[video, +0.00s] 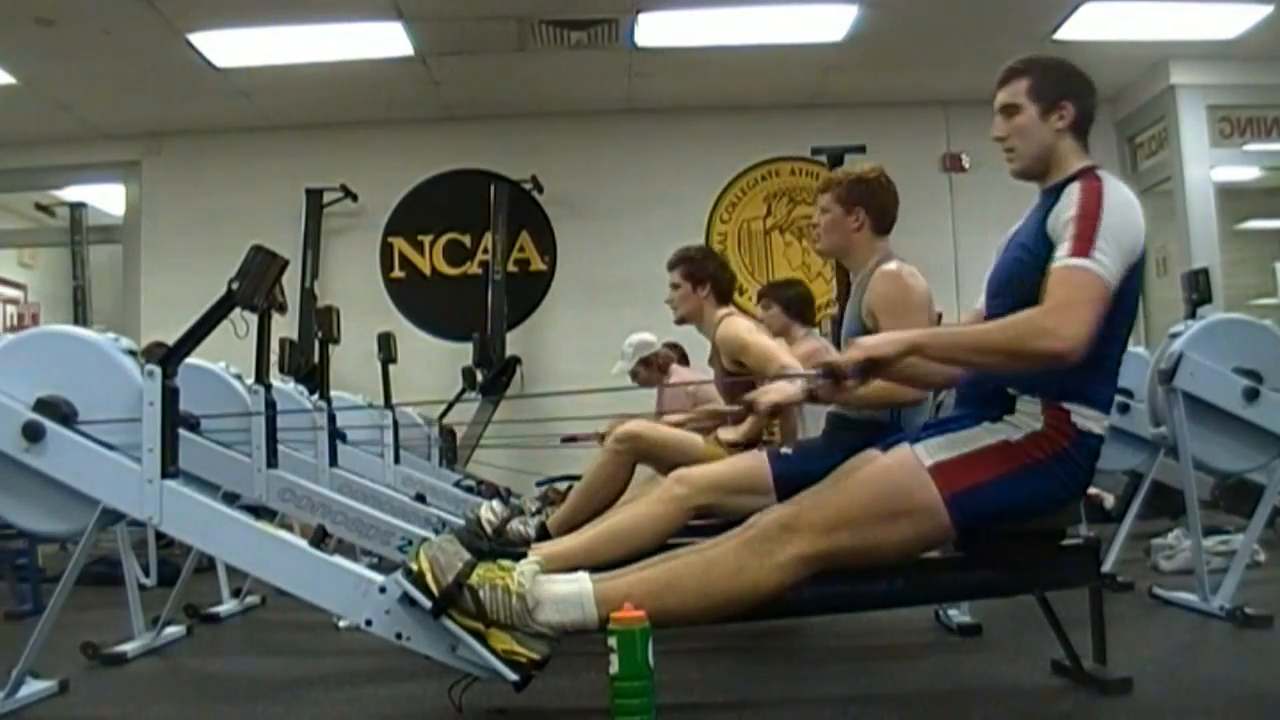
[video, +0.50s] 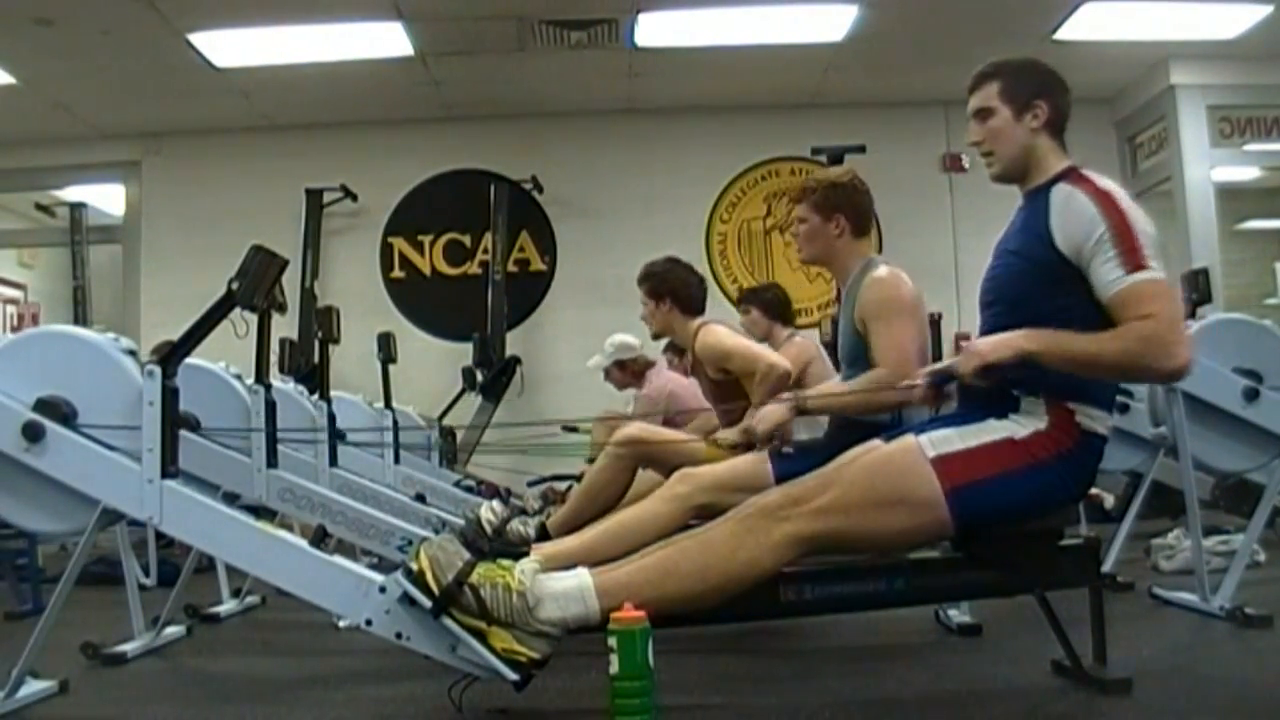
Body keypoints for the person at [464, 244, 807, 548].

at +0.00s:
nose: (670, 300)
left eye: (676, 289)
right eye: (670, 290)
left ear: (703, 290)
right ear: (702, 291)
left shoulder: (733, 331)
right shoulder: (722, 335)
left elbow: (795, 378)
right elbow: (756, 397)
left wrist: (743, 436)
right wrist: (708, 416)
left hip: (754, 461)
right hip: (736, 453)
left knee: (628, 437)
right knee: (623, 432)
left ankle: (549, 531)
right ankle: (555, 522)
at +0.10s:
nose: (662, 303)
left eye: (668, 292)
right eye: (662, 293)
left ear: (697, 293)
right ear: (692, 294)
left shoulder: (727, 334)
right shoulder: (716, 337)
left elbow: (785, 371)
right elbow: (738, 407)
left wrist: (753, 423)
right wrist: (690, 425)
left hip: (746, 453)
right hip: (731, 445)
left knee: (628, 439)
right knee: (622, 433)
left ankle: (550, 530)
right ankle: (557, 521)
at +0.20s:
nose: (654, 306)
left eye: (661, 295)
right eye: (653, 296)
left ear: (690, 296)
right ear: (685, 298)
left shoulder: (720, 337)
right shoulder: (709, 336)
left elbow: (783, 370)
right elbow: (746, 395)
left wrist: (748, 431)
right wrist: (719, 424)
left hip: (744, 452)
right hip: (730, 442)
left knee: (629, 439)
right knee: (621, 431)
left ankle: (549, 531)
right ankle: (555, 524)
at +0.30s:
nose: (647, 310)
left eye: (654, 299)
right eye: (647, 300)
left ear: (684, 300)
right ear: (678, 302)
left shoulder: (715, 339)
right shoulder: (701, 340)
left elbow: (779, 371)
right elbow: (753, 385)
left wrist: (747, 431)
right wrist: (721, 423)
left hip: (745, 450)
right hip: (730, 442)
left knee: (629, 440)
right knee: (621, 433)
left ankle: (549, 532)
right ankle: (554, 523)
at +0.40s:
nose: (642, 314)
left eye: (648, 302)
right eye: (642, 303)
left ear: (677, 302)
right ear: (674, 304)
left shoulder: (712, 340)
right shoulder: (698, 343)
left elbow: (778, 371)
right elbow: (757, 381)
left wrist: (746, 430)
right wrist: (729, 426)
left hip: (741, 448)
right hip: (726, 440)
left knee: (628, 441)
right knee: (617, 432)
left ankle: (549, 532)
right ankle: (555, 522)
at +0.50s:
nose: (642, 314)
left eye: (647, 303)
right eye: (642, 303)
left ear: (669, 304)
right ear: (674, 304)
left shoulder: (709, 340)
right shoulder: (697, 344)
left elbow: (776, 369)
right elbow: (732, 403)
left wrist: (747, 429)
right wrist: (700, 431)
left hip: (748, 449)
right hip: (734, 443)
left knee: (628, 439)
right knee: (626, 439)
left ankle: (549, 532)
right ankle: (554, 524)